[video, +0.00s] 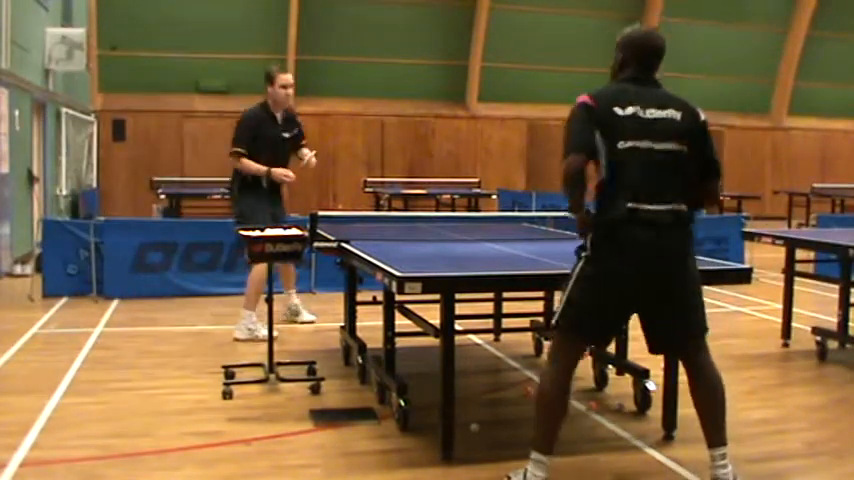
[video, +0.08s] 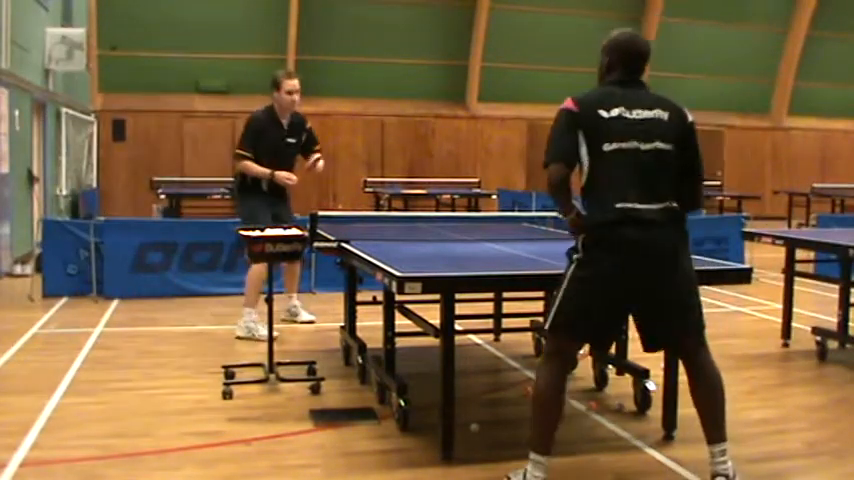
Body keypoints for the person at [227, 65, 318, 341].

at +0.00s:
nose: (289, 92)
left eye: (292, 87)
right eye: (284, 87)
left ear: (293, 90)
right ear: (269, 89)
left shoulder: (291, 118)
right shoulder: (252, 118)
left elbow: (298, 147)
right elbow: (237, 158)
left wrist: (306, 155)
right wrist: (270, 171)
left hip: (275, 189)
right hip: (249, 189)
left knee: (285, 245)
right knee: (263, 252)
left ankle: (292, 304)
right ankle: (247, 319)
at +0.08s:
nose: (295, 98)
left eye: (298, 93)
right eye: (289, 93)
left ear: (300, 95)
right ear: (275, 94)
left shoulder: (299, 122)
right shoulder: (259, 121)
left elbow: (313, 151)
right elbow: (241, 162)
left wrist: (315, 161)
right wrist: (274, 174)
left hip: (279, 191)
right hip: (252, 191)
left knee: (293, 244)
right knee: (262, 251)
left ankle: (292, 304)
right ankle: (248, 318)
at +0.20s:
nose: (301, 102)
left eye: (305, 97)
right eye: (296, 97)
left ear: (308, 98)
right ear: (283, 98)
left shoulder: (308, 125)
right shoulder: (264, 122)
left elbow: (323, 156)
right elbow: (247, 161)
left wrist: (324, 165)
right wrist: (279, 176)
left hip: (283, 191)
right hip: (253, 189)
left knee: (295, 243)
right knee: (256, 246)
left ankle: (292, 303)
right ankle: (247, 314)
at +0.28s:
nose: (304, 105)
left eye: (307, 99)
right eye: (299, 99)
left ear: (310, 100)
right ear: (285, 99)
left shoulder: (310, 126)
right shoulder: (268, 121)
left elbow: (322, 155)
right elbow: (250, 162)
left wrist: (326, 166)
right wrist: (282, 175)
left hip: (283, 189)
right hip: (254, 188)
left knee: (296, 241)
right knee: (252, 243)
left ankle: (291, 303)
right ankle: (237, 313)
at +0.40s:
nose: (306, 111)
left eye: (309, 105)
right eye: (301, 105)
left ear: (312, 104)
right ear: (288, 103)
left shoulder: (311, 130)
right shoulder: (269, 124)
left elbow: (322, 162)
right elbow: (251, 164)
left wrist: (317, 174)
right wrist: (284, 171)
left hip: (284, 191)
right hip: (255, 191)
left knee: (296, 243)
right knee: (248, 247)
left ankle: (291, 304)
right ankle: (231, 313)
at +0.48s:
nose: (305, 113)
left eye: (309, 108)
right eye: (300, 108)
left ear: (312, 106)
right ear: (288, 105)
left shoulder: (309, 131)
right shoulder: (268, 125)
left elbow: (320, 162)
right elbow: (250, 165)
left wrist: (308, 179)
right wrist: (283, 168)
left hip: (283, 191)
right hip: (254, 192)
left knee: (296, 242)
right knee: (246, 247)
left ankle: (292, 304)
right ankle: (231, 313)